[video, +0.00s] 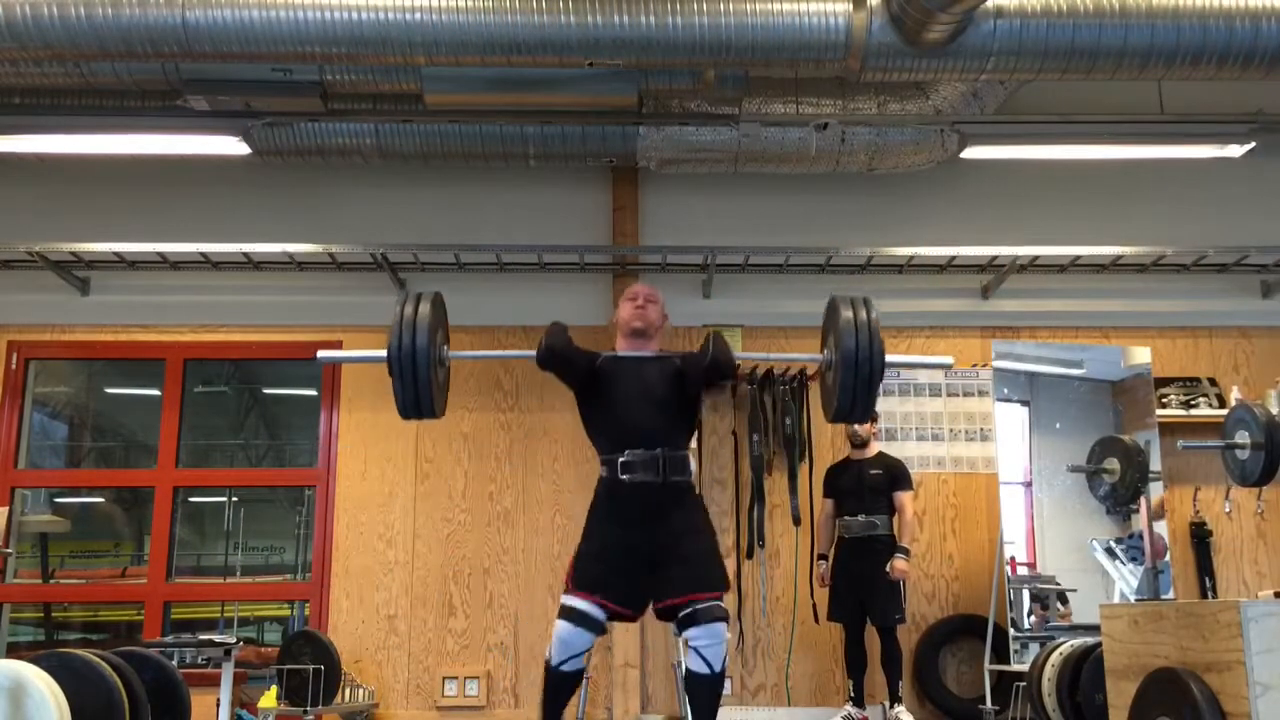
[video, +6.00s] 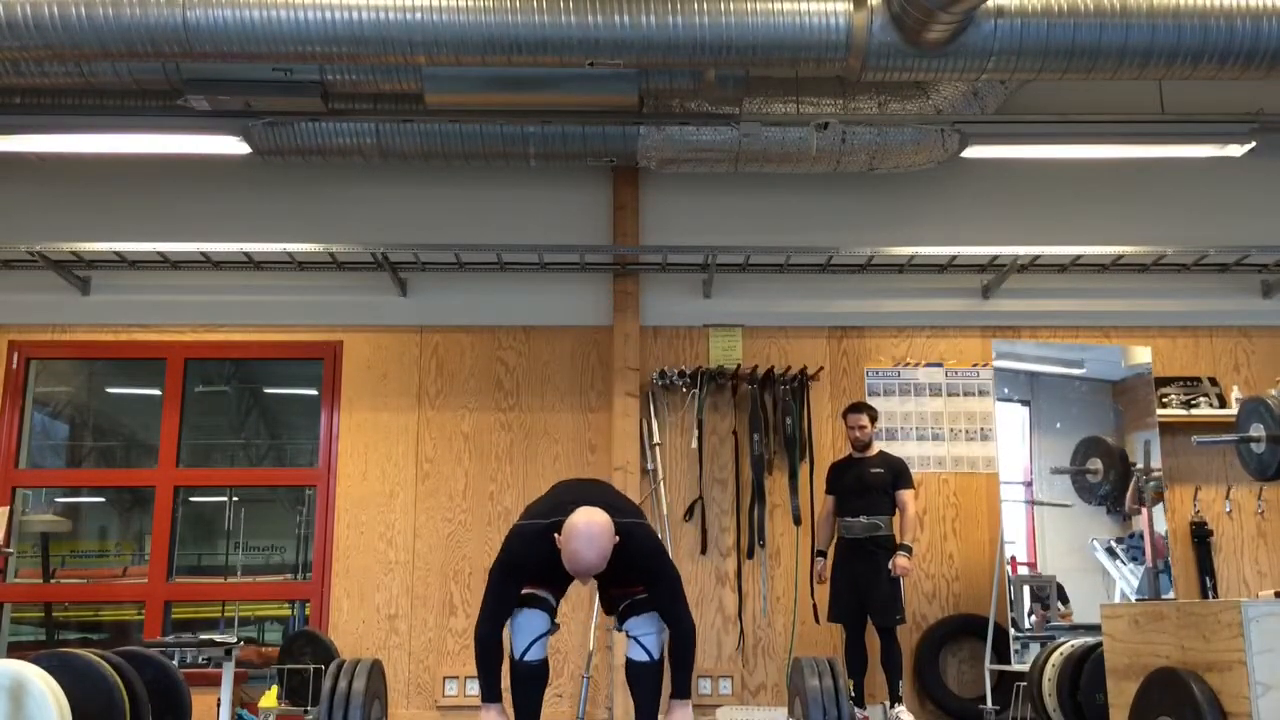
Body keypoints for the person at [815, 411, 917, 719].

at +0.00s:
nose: (855, 428)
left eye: (862, 423)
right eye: (850, 423)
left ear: (875, 427)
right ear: (844, 429)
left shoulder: (893, 468)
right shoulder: (835, 471)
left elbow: (906, 512)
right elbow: (826, 516)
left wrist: (902, 553)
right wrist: (822, 557)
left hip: (882, 557)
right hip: (847, 558)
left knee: (887, 631)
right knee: (852, 632)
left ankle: (896, 704)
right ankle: (856, 705)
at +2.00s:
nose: (853, 433)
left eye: (858, 427)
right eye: (847, 427)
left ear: (869, 429)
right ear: (840, 430)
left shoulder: (888, 468)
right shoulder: (830, 473)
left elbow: (901, 512)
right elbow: (821, 517)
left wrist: (897, 553)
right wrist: (818, 557)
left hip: (878, 555)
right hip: (843, 556)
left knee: (884, 630)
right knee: (850, 632)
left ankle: (894, 698)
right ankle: (856, 698)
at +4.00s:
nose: (851, 434)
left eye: (856, 428)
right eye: (845, 429)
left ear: (868, 427)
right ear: (839, 430)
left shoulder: (889, 460)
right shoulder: (831, 468)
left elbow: (921, 496)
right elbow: (820, 508)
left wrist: (901, 526)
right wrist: (823, 534)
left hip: (879, 555)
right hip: (844, 557)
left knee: (885, 631)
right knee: (851, 632)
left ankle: (896, 704)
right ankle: (858, 706)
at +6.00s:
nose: (856, 433)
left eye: (862, 427)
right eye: (851, 428)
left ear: (873, 427)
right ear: (845, 429)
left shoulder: (894, 465)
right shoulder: (837, 468)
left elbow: (907, 509)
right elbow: (827, 514)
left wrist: (904, 550)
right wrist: (820, 554)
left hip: (882, 559)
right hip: (847, 559)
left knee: (887, 632)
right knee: (853, 633)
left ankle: (896, 704)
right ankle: (858, 705)